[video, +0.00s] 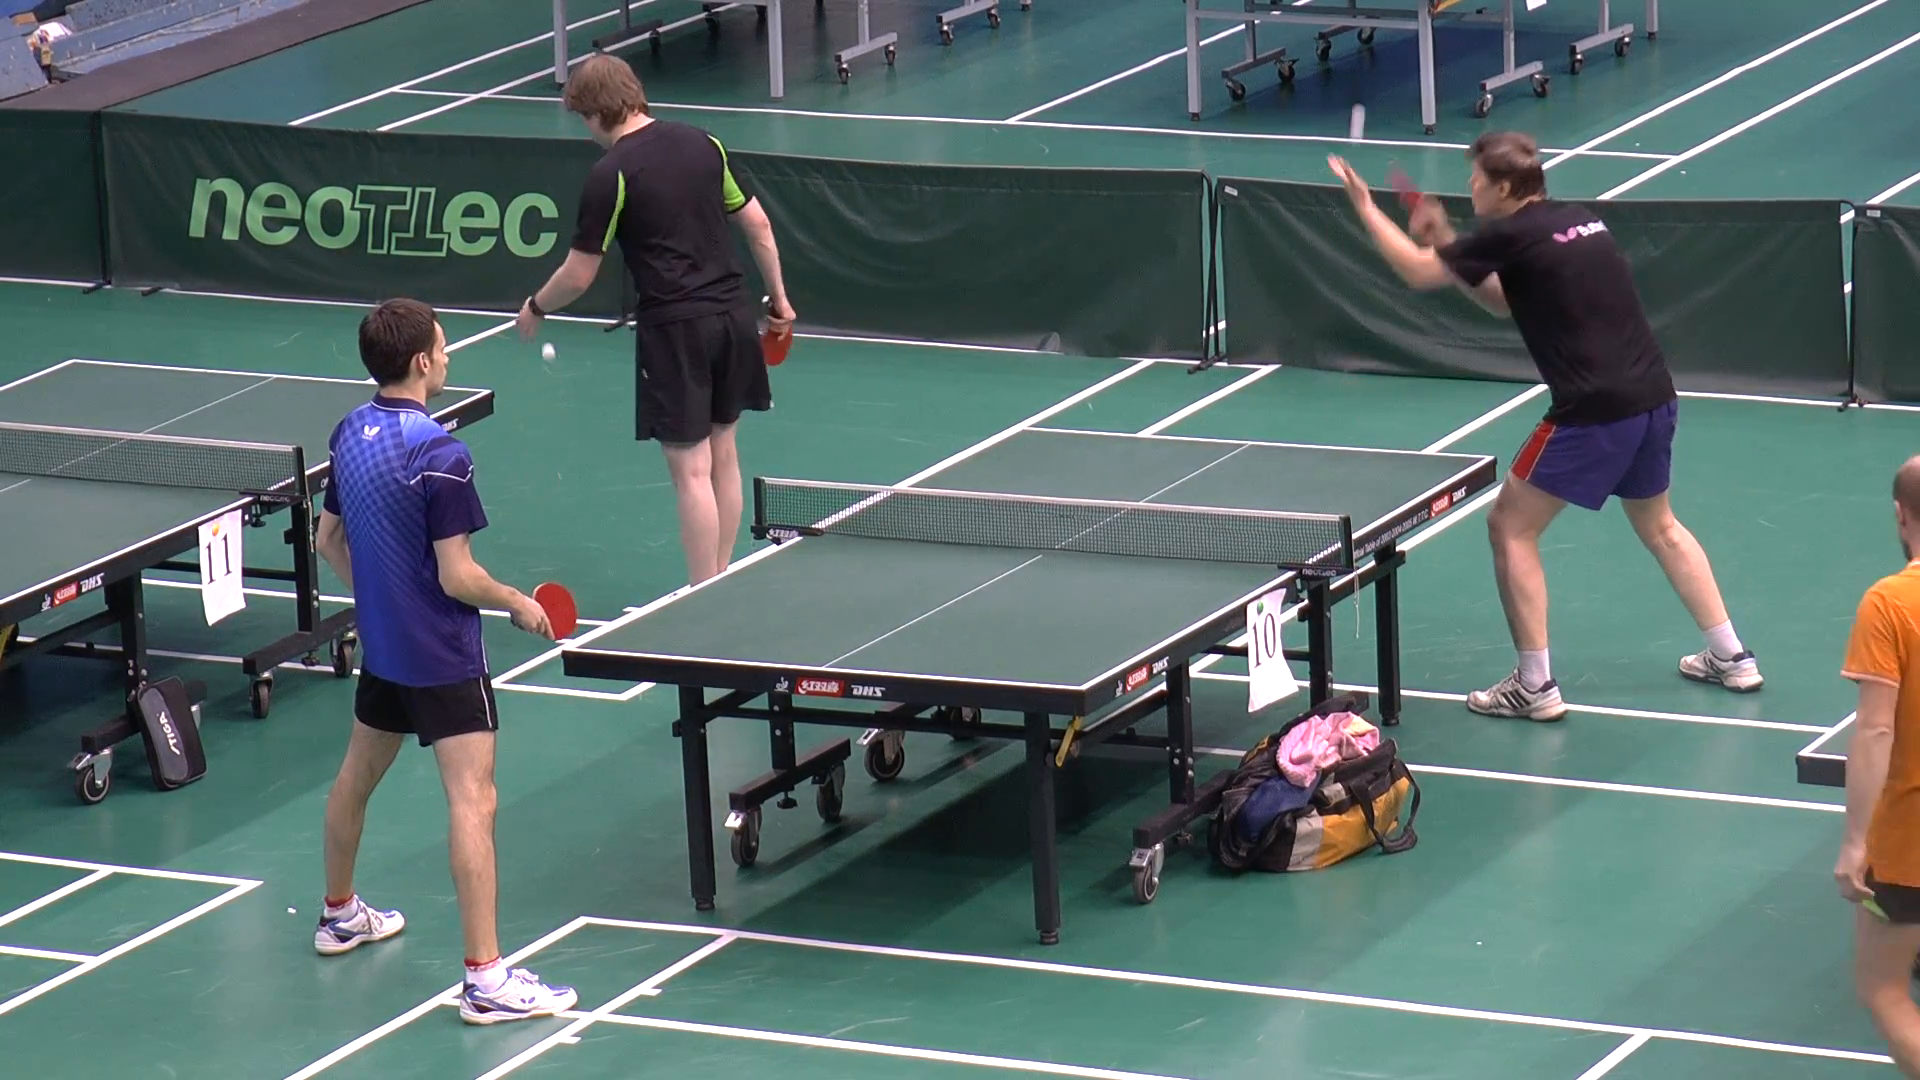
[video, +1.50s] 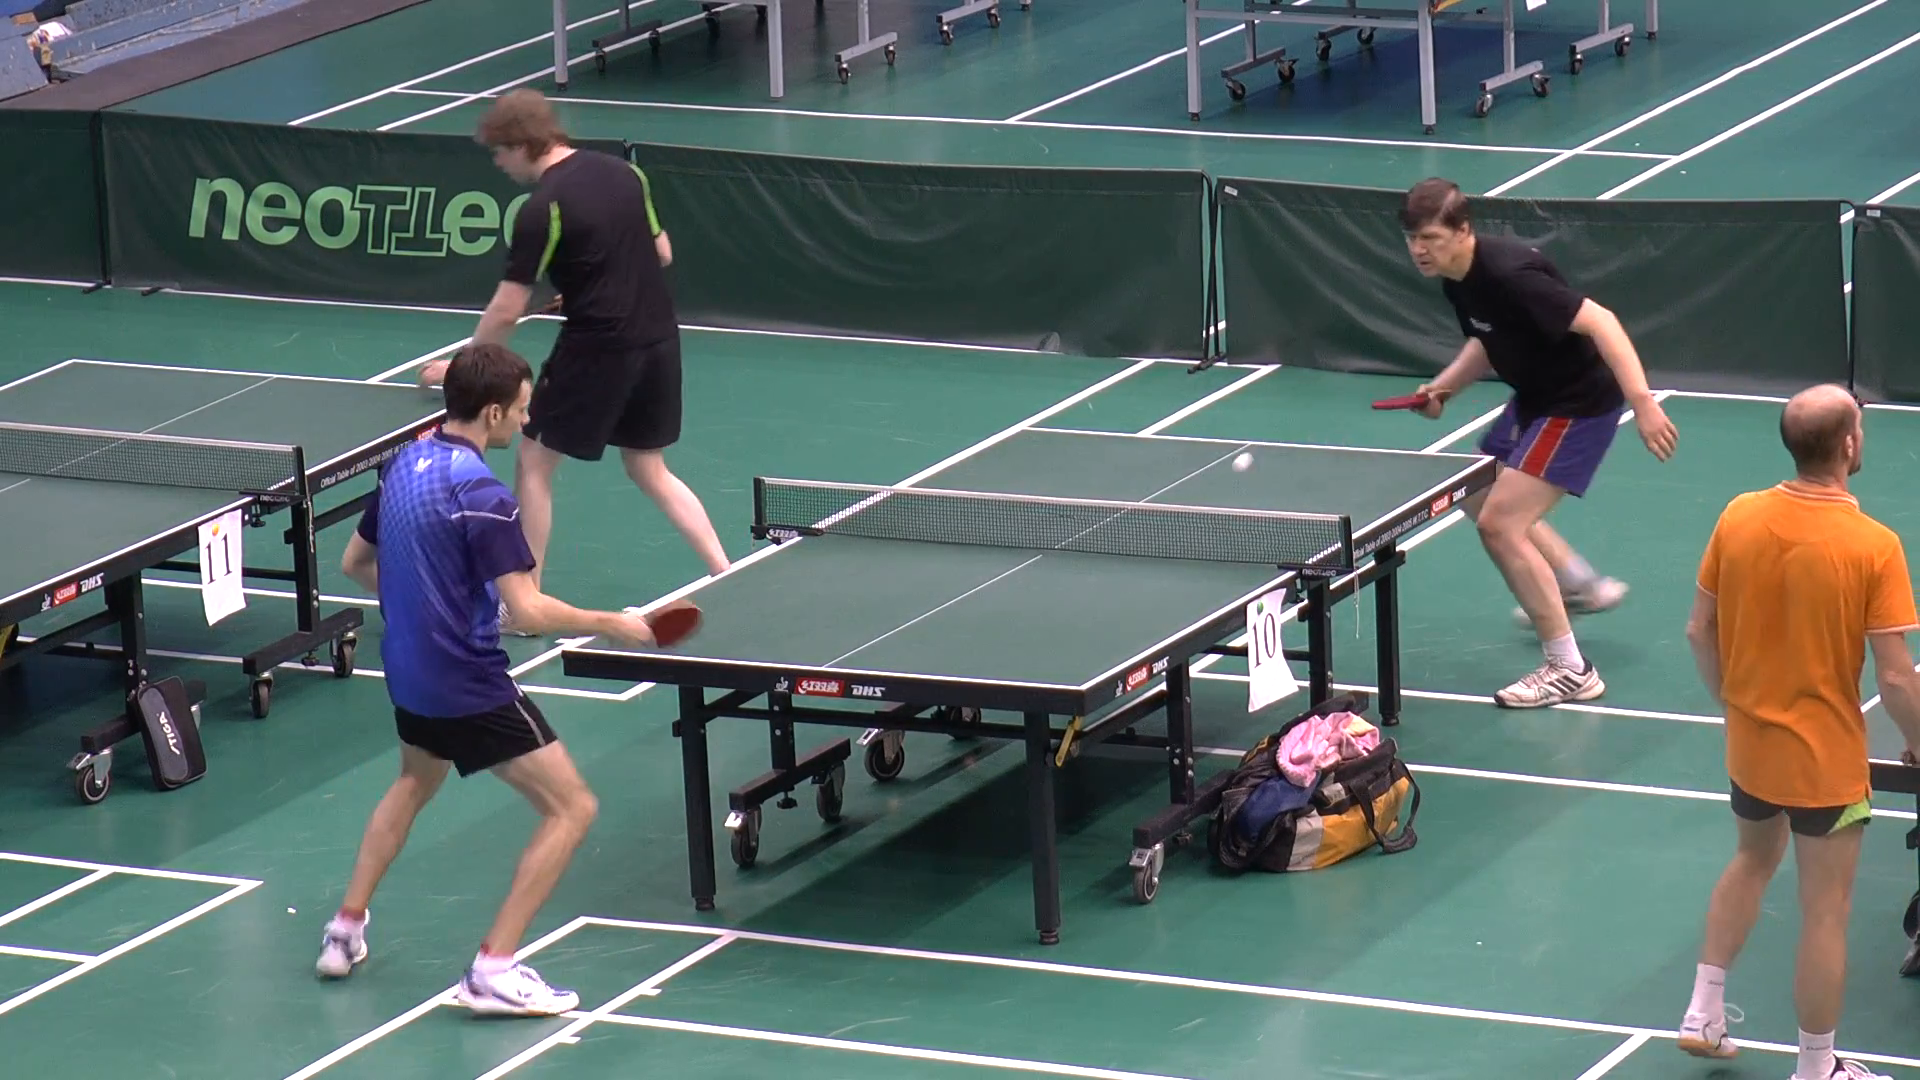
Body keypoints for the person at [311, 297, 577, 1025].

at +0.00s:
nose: (445, 356)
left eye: (442, 344)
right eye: (441, 346)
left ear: (376, 365)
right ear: (425, 360)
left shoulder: (350, 430)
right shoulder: (439, 448)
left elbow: (329, 538)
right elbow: (457, 575)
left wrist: (380, 596)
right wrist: (517, 602)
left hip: (383, 648)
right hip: (443, 655)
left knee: (355, 780)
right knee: (473, 802)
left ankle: (340, 912)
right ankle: (486, 974)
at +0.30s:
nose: (450, 355)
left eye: (446, 344)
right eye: (446, 346)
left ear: (382, 363)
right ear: (427, 360)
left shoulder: (352, 429)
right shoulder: (437, 453)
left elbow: (330, 539)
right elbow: (446, 578)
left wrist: (382, 598)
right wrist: (505, 614)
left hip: (382, 648)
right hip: (440, 656)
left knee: (354, 778)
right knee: (473, 802)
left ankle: (340, 911)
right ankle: (486, 974)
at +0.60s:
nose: (456, 352)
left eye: (451, 341)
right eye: (451, 343)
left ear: (389, 364)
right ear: (430, 361)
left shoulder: (357, 428)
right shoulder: (436, 456)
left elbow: (331, 539)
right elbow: (441, 579)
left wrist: (380, 600)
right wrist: (502, 618)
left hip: (380, 648)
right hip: (436, 657)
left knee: (354, 776)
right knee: (471, 802)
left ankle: (339, 912)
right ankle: (485, 975)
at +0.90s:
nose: (485, 370)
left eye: (482, 359)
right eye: (482, 361)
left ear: (415, 373)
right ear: (465, 375)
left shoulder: (377, 437)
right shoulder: (457, 469)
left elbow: (337, 542)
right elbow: (474, 595)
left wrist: (386, 601)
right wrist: (536, 611)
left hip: (390, 656)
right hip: (450, 665)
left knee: (361, 782)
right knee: (520, 798)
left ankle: (341, 913)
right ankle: (489, 974)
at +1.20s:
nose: (516, 390)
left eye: (516, 379)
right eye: (515, 380)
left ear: (445, 381)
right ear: (495, 386)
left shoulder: (391, 440)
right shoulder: (488, 475)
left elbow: (337, 541)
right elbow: (530, 595)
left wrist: (391, 589)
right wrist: (573, 579)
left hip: (389, 660)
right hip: (457, 669)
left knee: (394, 768)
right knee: (530, 802)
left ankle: (354, 922)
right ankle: (490, 975)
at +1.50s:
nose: (524, 418)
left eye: (524, 406)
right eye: (521, 406)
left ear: (458, 402)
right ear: (493, 410)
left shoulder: (404, 460)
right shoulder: (481, 490)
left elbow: (357, 562)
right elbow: (525, 609)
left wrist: (424, 595)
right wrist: (613, 623)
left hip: (408, 676)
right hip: (469, 686)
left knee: (416, 778)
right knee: (572, 808)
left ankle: (346, 926)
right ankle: (495, 966)